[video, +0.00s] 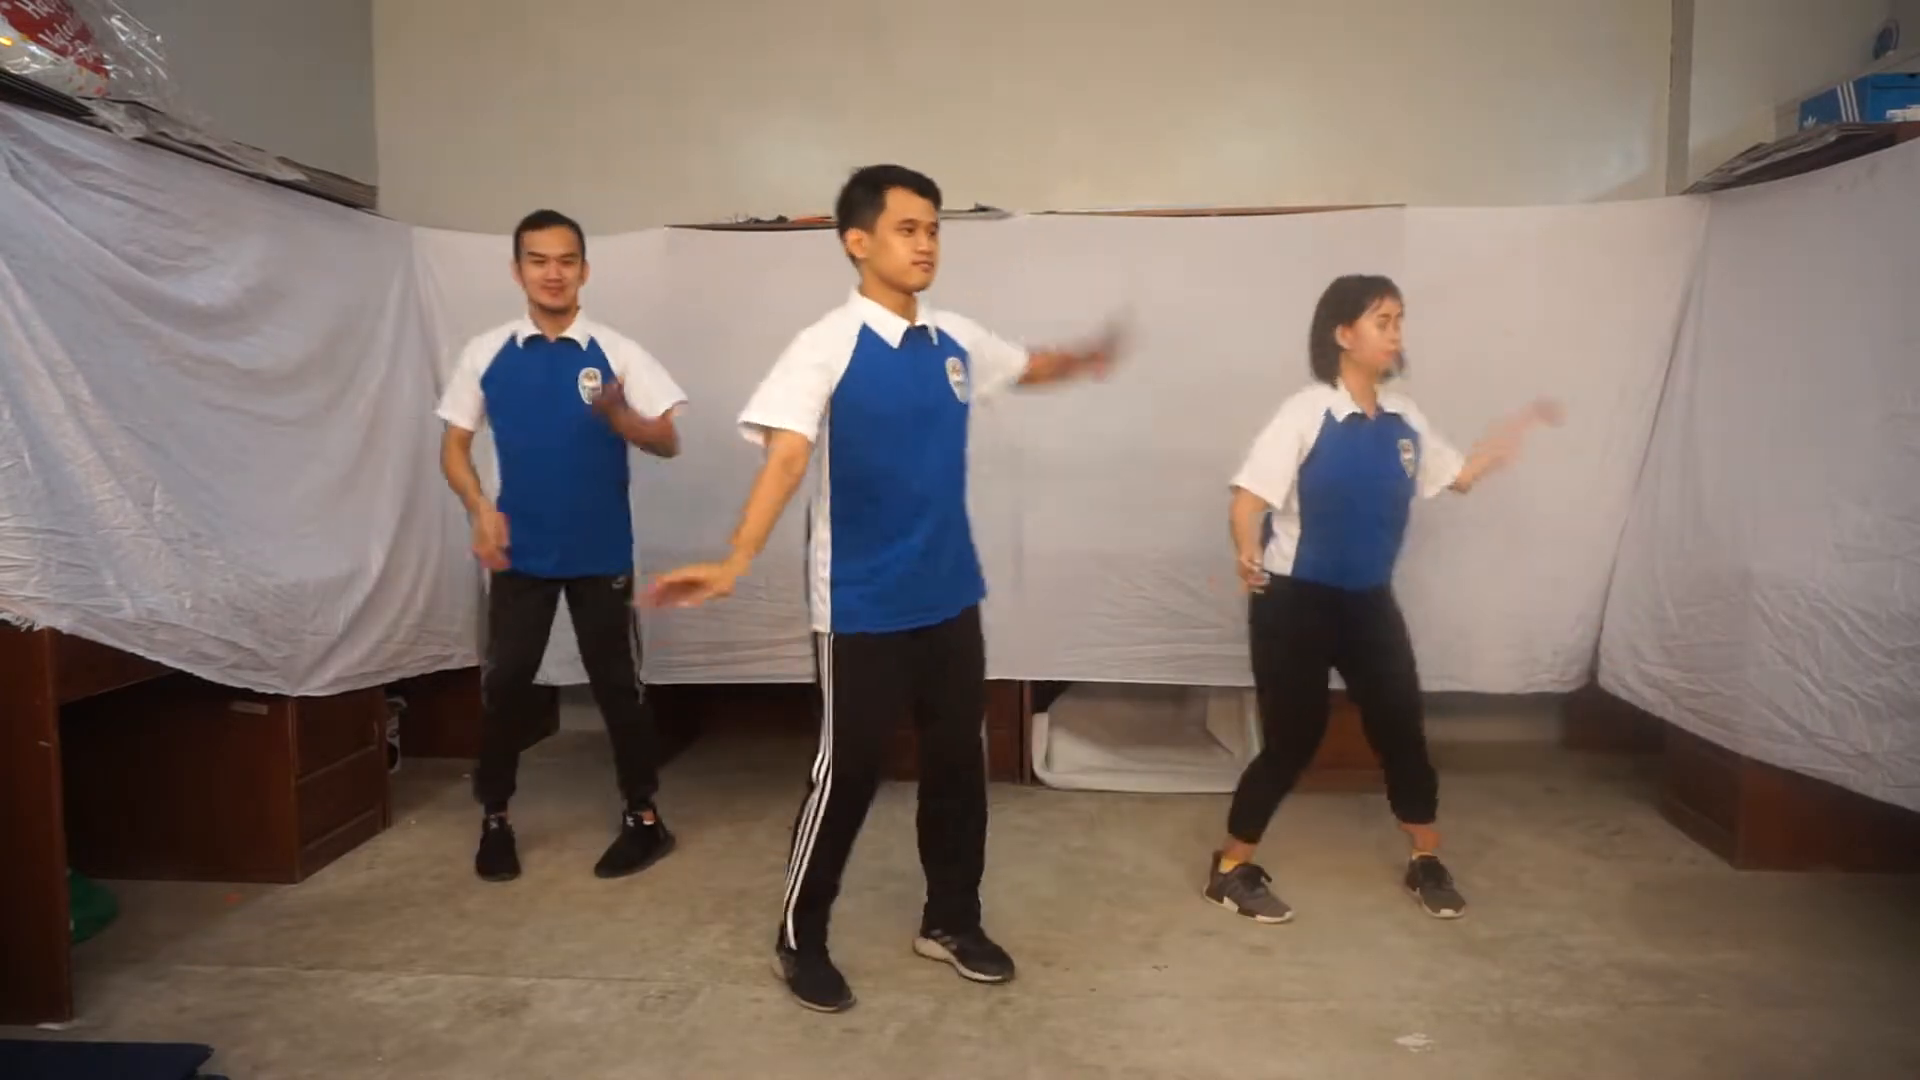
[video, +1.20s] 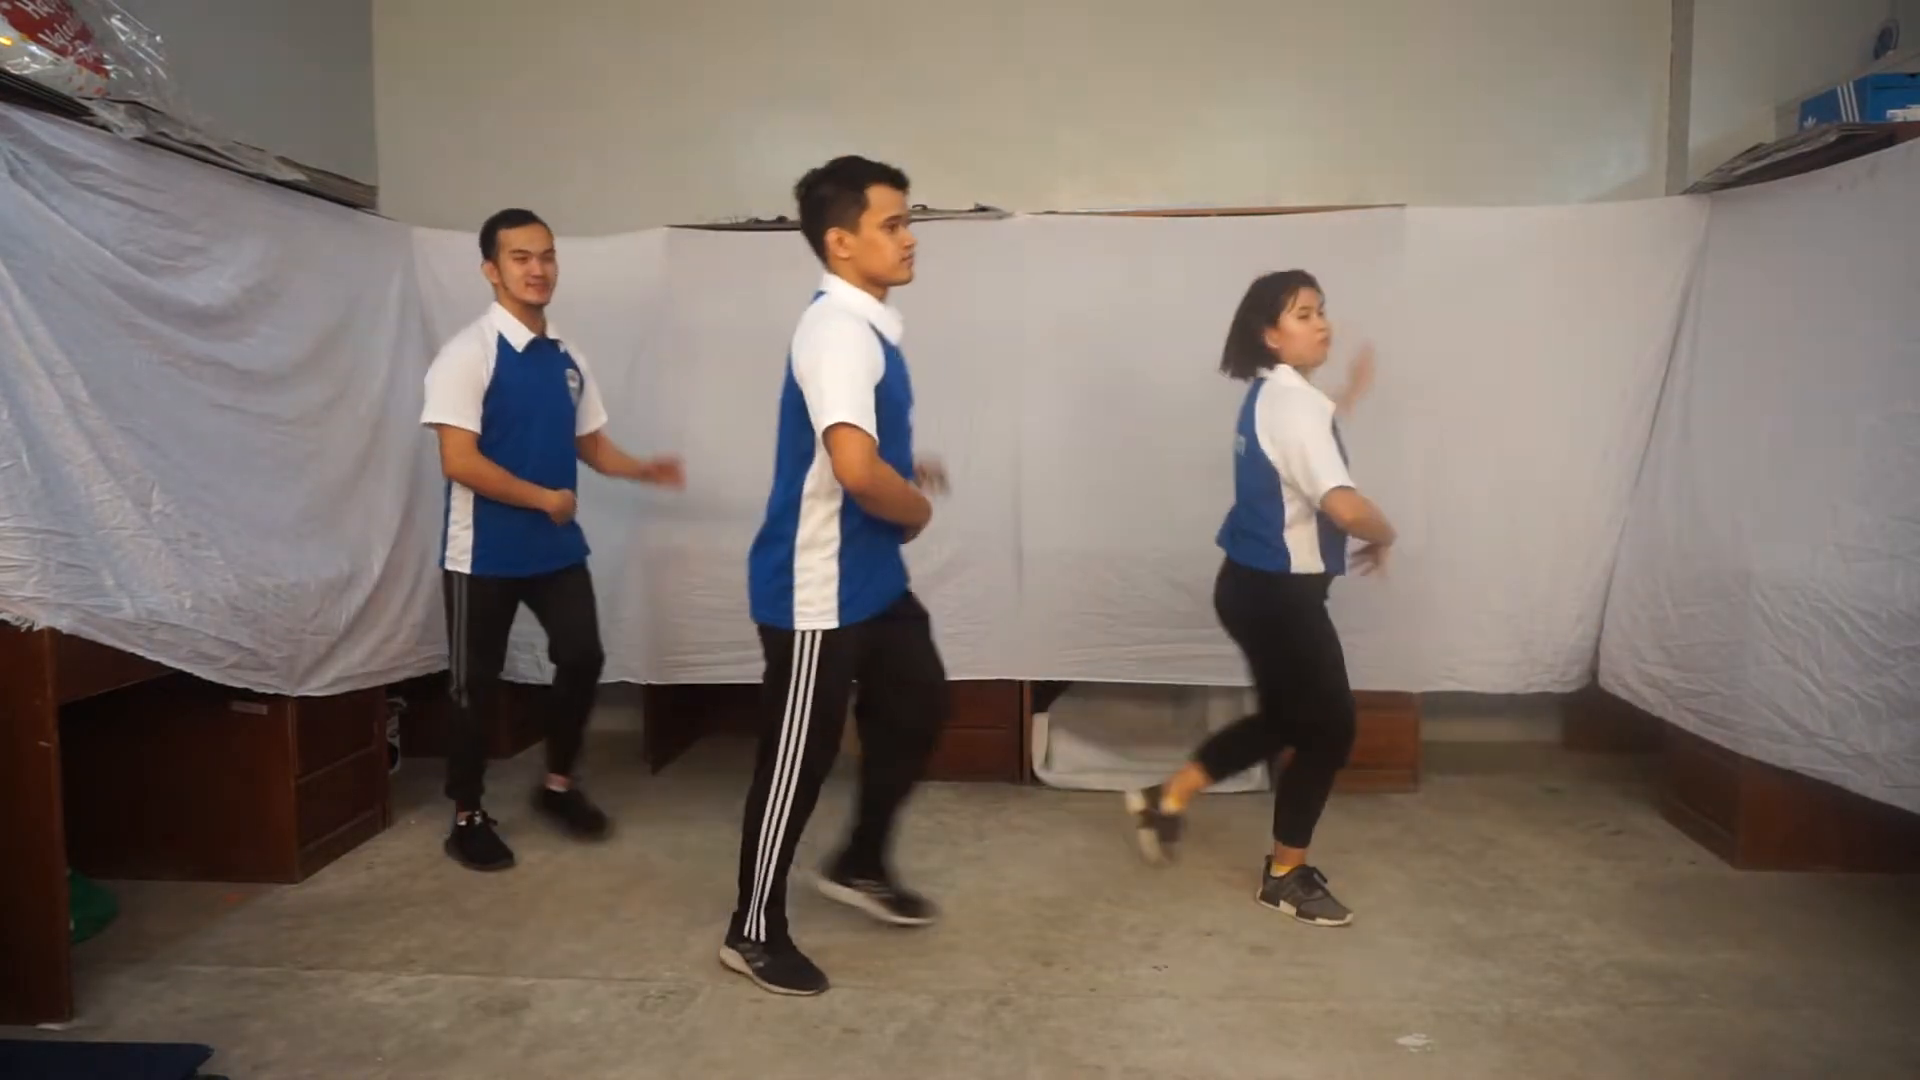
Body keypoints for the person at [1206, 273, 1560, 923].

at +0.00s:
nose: (1397, 334)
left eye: (1399, 323)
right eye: (1384, 323)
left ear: (1395, 334)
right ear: (1343, 334)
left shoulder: (1402, 416)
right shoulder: (1308, 411)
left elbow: (1457, 476)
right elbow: (1249, 495)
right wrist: (1249, 558)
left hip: (1367, 604)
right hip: (1293, 602)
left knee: (1402, 729)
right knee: (1293, 737)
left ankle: (1426, 861)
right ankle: (1233, 865)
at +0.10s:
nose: (1373, 335)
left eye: (1372, 322)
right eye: (1365, 322)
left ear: (1335, 334)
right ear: (1328, 329)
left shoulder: (1351, 406)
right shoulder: (1286, 402)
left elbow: (1411, 418)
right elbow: (1279, 509)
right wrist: (1332, 582)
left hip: (1318, 590)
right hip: (1259, 590)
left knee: (1357, 719)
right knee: (1269, 734)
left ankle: (1383, 853)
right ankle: (1230, 868)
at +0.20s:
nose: (1343, 330)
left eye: (1343, 319)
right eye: (1337, 320)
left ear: (1281, 321)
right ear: (1311, 325)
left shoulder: (1287, 381)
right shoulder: (1281, 399)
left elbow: (1323, 358)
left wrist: (1363, 314)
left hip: (1273, 580)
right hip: (1235, 585)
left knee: (1313, 701)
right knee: (1254, 722)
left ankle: (1265, 834)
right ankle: (1227, 866)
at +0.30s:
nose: (1314, 334)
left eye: (1309, 320)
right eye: (1308, 321)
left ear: (1247, 317)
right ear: (1298, 329)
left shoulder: (1220, 383)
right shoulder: (1281, 406)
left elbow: (1257, 323)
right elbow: (1308, 522)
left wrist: (1293, 271)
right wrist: (1344, 575)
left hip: (1203, 577)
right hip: (1240, 591)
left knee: (1238, 707)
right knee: (1251, 719)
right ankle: (1228, 866)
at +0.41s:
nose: (1298, 326)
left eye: (1288, 312)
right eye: (1293, 315)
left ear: (1225, 323)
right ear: (1284, 325)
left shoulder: (1192, 374)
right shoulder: (1275, 403)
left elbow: (1193, 301)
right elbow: (1305, 517)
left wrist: (1203, 233)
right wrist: (1276, 534)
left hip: (1173, 575)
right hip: (1226, 588)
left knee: (1173, 698)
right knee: (1258, 721)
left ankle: (1079, 809)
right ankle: (1229, 865)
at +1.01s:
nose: (1275, 353)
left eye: (1273, 341)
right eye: (1269, 341)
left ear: (1213, 345)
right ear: (1237, 346)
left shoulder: (1185, 398)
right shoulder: (1257, 423)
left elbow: (1202, 328)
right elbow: (1300, 524)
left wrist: (1209, 252)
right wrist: (1275, 531)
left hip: (1159, 582)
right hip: (1215, 604)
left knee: (1122, 704)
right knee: (1308, 723)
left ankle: (1060, 827)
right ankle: (1286, 870)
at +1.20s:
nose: (1324, 324)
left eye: (1322, 312)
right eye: (1307, 315)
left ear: (1287, 337)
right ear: (1271, 337)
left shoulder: (1275, 388)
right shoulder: (1291, 401)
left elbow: (1305, 445)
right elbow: (1343, 507)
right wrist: (1382, 533)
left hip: (1250, 581)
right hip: (1281, 592)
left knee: (1285, 719)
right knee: (1329, 728)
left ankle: (1166, 799)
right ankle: (1286, 872)